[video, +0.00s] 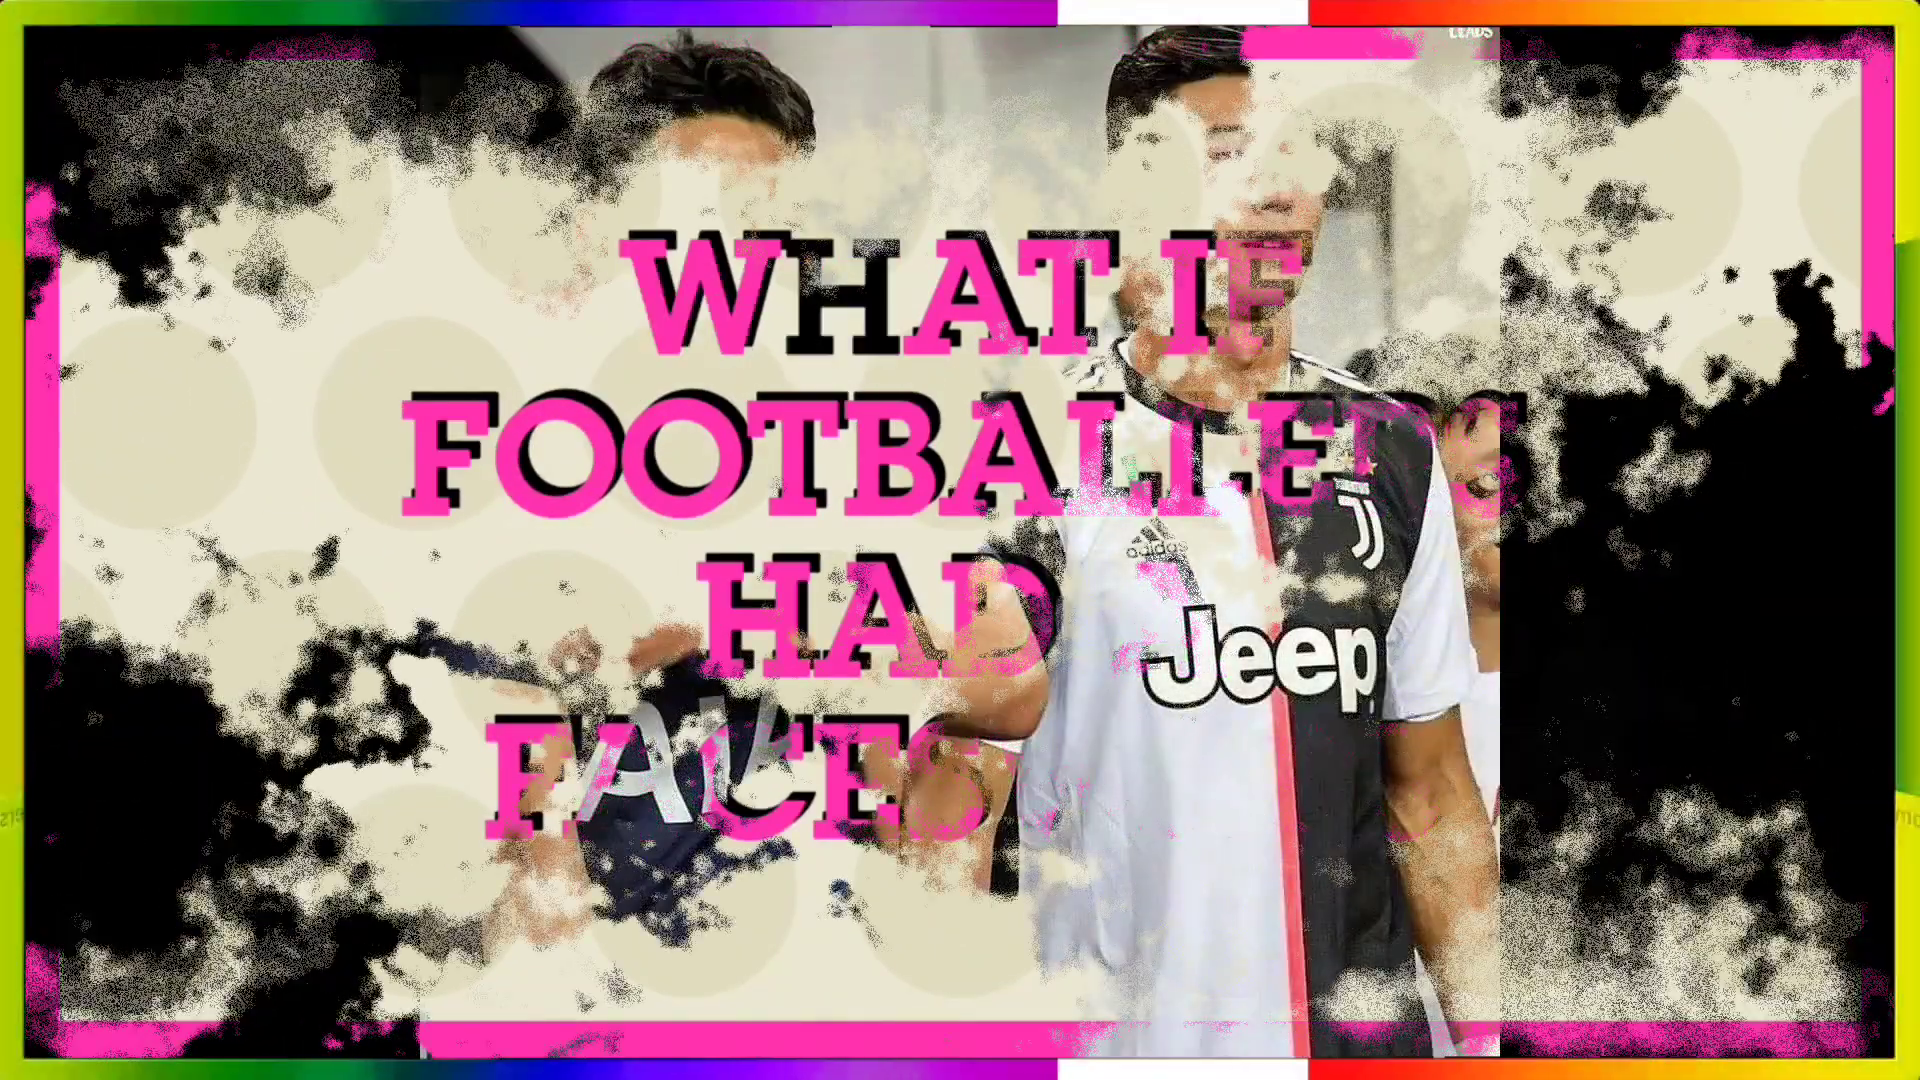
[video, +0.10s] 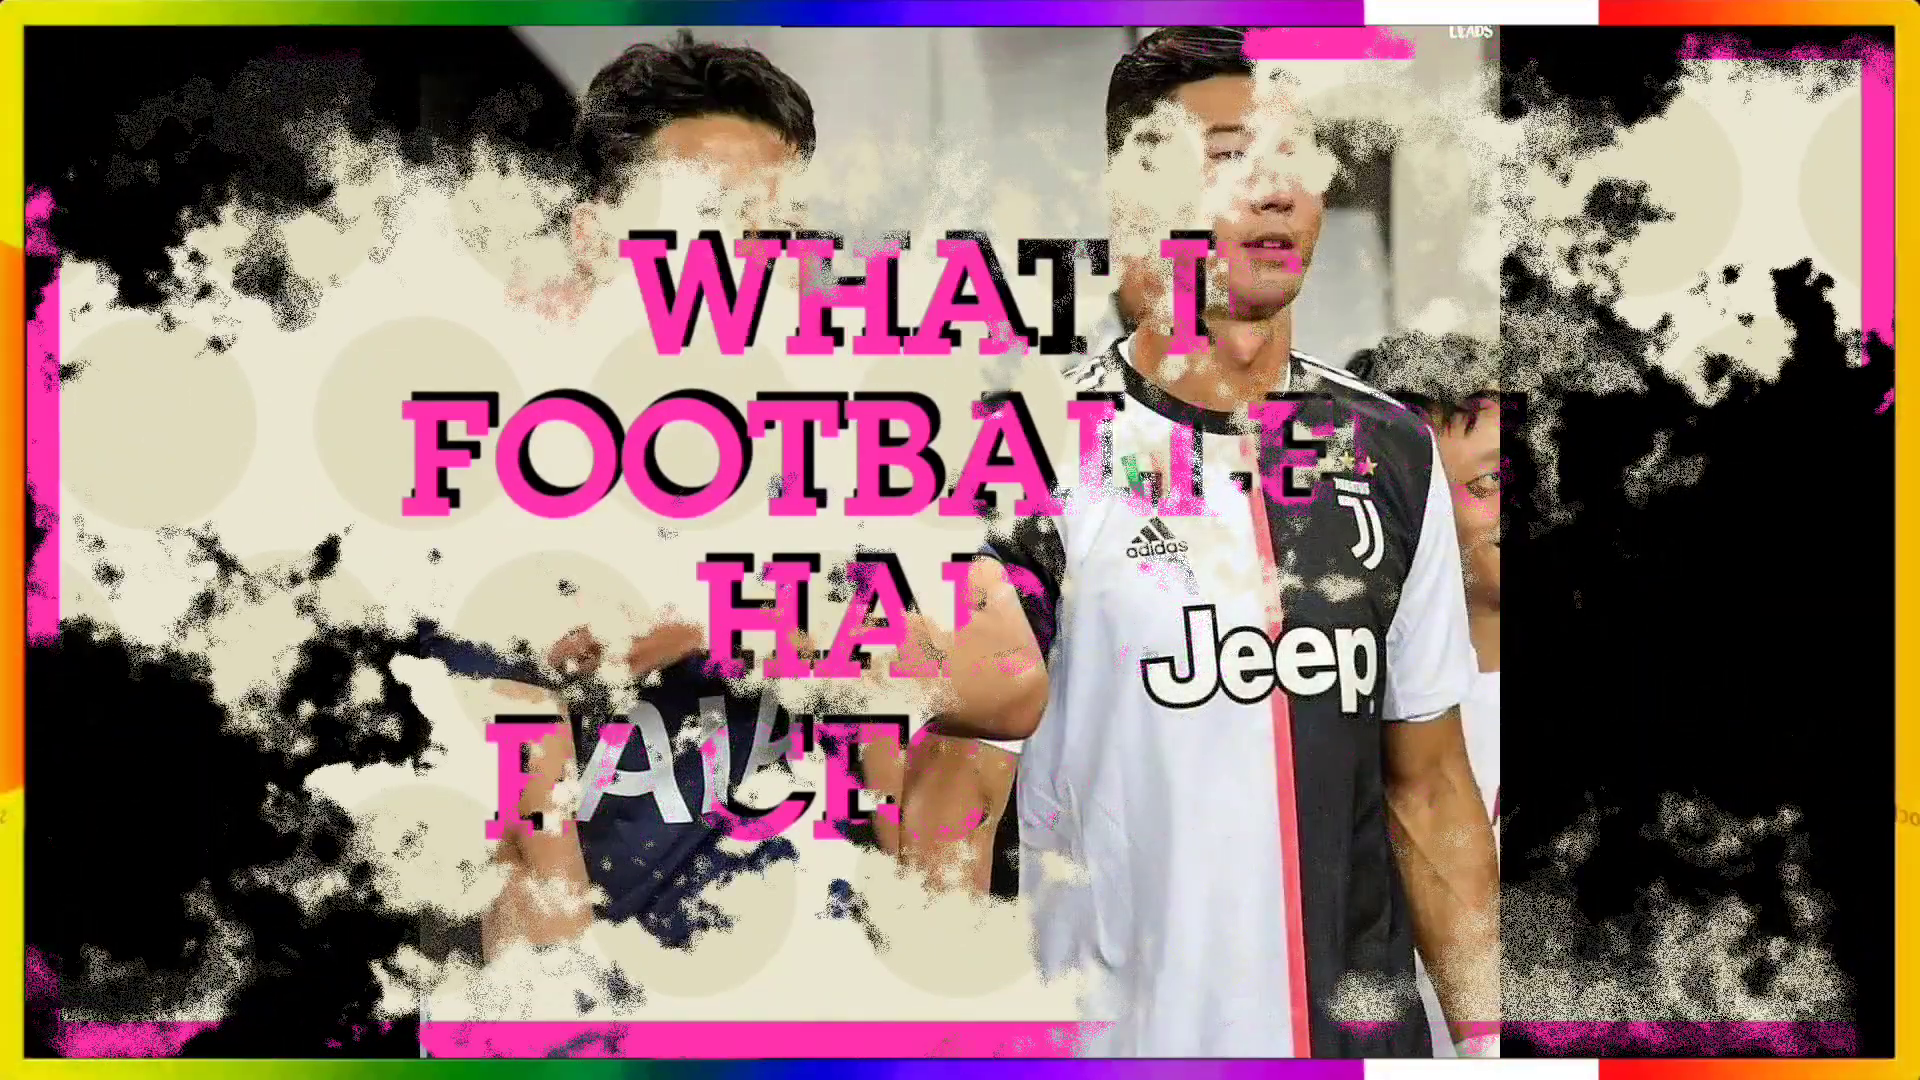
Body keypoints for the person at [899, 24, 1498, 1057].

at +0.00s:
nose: (1247, 280)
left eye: (1278, 241)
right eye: (1205, 236)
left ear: (1315, 240)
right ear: (1117, 231)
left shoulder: (1392, 459)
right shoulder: (1042, 456)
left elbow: (1433, 791)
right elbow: (944, 810)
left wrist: (1475, 1042)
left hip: (1345, 1019)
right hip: (1106, 1027)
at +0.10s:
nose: (1275, 200)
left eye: (1293, 160)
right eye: (1225, 162)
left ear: (1324, 193)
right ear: (1129, 197)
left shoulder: (1390, 453)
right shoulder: (1042, 454)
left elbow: (1431, 783)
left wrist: (1476, 1043)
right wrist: (965, 741)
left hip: (1349, 1033)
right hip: (1109, 1038)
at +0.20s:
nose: (1278, 195)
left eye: (1293, 159)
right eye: (1228, 161)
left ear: (1320, 188)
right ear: (1136, 201)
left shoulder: (1391, 452)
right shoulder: (1040, 455)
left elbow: (1430, 783)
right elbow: (953, 805)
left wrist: (1482, 1039)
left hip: (1357, 1036)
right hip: (1120, 1040)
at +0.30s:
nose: (1280, 193)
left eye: (1297, 160)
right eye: (1230, 159)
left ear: (1321, 193)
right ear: (1135, 202)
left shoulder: (1392, 452)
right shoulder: (1043, 450)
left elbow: (1430, 787)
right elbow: (954, 801)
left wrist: (1484, 1043)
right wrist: (926, 1060)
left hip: (1359, 1037)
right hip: (1122, 1039)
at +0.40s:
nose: (1279, 192)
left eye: (1298, 158)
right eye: (1230, 158)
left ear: (1322, 190)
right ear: (1137, 201)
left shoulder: (1392, 452)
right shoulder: (1042, 451)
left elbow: (1430, 789)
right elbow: (953, 803)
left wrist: (1486, 1042)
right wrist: (935, 1057)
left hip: (1358, 1040)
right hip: (1118, 1040)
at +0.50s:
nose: (1280, 193)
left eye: (1297, 158)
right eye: (1231, 158)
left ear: (1321, 189)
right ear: (1135, 201)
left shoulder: (1393, 452)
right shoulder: (1037, 457)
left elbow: (1430, 788)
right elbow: (948, 807)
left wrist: (1485, 1046)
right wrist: (945, 1054)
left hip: (1360, 1041)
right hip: (1120, 1043)